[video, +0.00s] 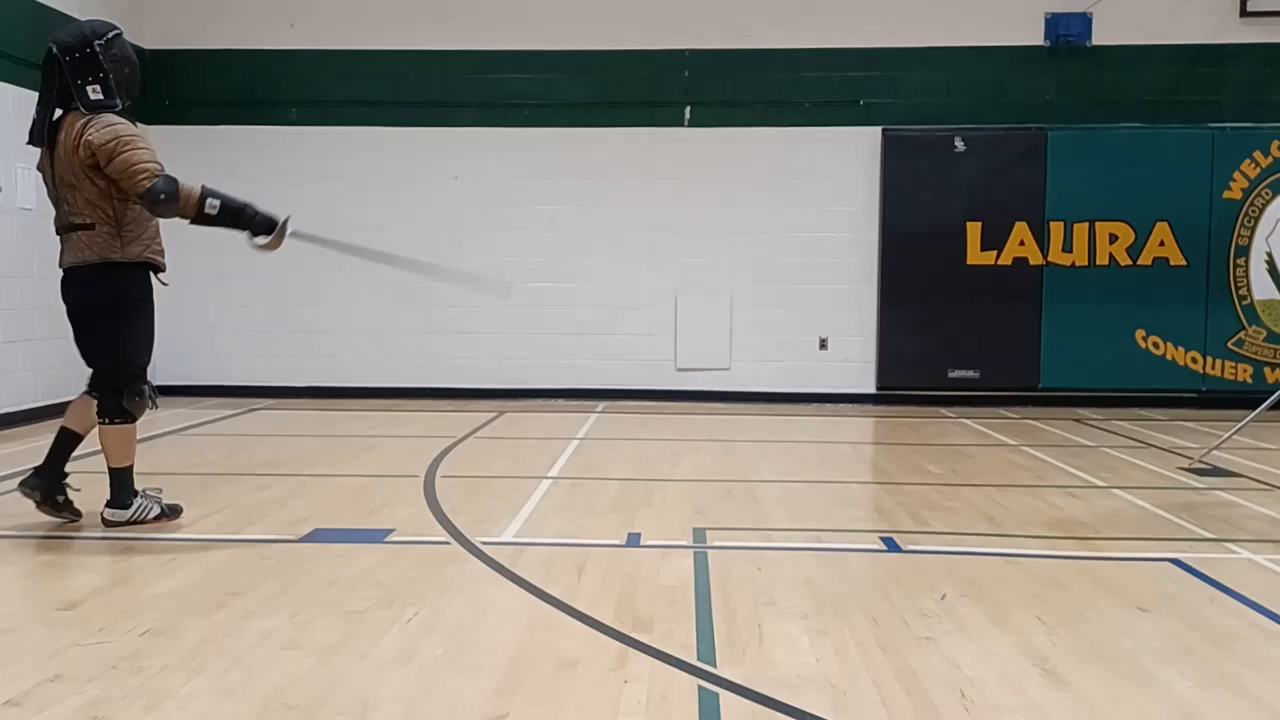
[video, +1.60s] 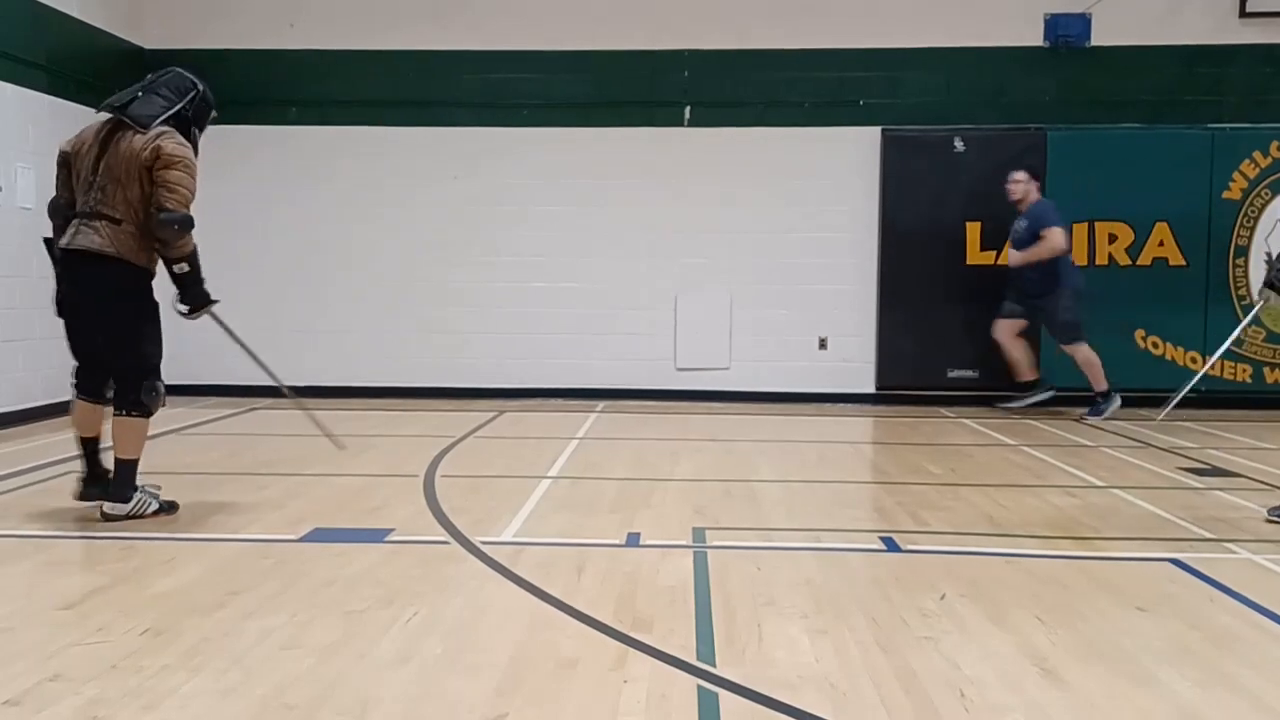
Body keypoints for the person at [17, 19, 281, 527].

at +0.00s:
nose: (128, 73)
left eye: (125, 63)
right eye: (120, 64)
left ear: (72, 74)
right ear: (99, 70)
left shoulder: (62, 131)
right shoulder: (105, 129)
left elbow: (73, 207)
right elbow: (160, 193)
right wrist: (241, 213)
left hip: (85, 276)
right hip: (117, 276)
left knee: (111, 380)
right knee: (122, 386)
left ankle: (47, 476)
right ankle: (123, 499)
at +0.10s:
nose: (135, 73)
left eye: (132, 63)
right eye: (127, 64)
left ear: (82, 74)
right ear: (106, 69)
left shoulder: (76, 129)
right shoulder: (111, 129)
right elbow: (171, 186)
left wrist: (226, 190)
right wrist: (256, 188)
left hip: (100, 274)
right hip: (123, 275)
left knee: (124, 381)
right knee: (130, 386)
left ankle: (74, 473)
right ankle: (124, 498)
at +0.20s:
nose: (146, 70)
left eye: (142, 61)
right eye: (136, 62)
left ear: (93, 74)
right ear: (115, 69)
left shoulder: (92, 129)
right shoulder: (120, 130)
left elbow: (174, 188)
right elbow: (178, 188)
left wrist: (233, 176)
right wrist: (250, 167)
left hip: (113, 272)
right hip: (126, 274)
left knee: (137, 379)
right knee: (132, 382)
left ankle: (114, 479)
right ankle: (120, 493)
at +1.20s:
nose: (211, 102)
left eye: (212, 92)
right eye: (206, 92)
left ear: (164, 87)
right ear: (182, 90)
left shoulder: (139, 133)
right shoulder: (163, 138)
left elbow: (190, 206)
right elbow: (200, 207)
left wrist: (255, 200)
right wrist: (265, 197)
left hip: (145, 280)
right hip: (161, 282)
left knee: (172, 381)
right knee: (179, 385)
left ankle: (174, 481)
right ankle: (131, 487)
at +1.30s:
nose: (208, 117)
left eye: (211, 107)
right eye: (207, 105)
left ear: (166, 92)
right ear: (186, 98)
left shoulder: (127, 133)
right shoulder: (164, 137)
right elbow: (192, 213)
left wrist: (230, 225)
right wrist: (256, 226)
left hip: (126, 278)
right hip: (152, 280)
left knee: (161, 383)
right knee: (168, 386)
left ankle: (175, 482)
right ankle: (126, 492)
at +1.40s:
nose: (207, 123)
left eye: (211, 114)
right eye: (207, 112)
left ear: (164, 93)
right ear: (188, 101)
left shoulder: (110, 136)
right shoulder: (169, 140)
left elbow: (92, 205)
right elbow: (186, 215)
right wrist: (242, 259)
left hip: (103, 276)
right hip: (139, 279)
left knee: (147, 381)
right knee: (149, 384)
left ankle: (167, 479)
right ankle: (124, 494)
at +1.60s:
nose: (198, 131)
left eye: (201, 123)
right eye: (199, 121)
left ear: (148, 98)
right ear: (185, 112)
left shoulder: (91, 135)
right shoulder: (171, 146)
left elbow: (62, 209)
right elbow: (170, 222)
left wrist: (70, 263)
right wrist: (190, 280)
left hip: (74, 269)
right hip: (122, 276)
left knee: (92, 371)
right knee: (140, 379)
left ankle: (93, 476)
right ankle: (124, 491)